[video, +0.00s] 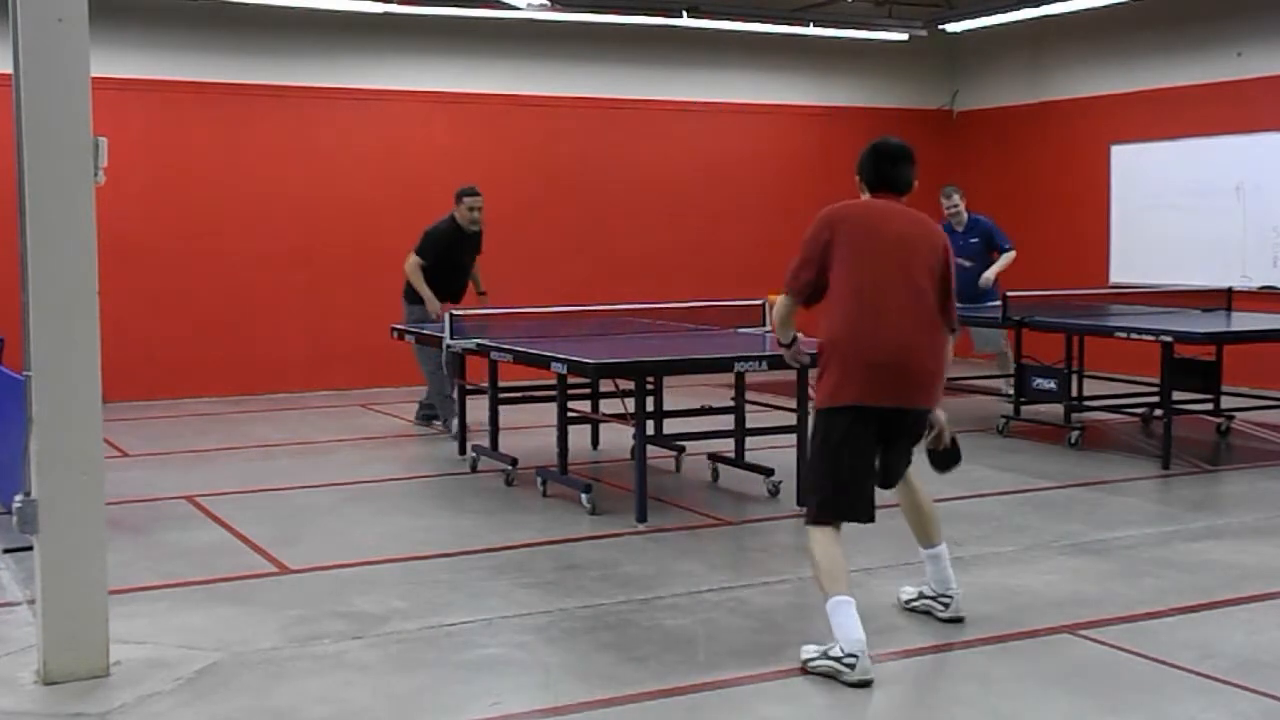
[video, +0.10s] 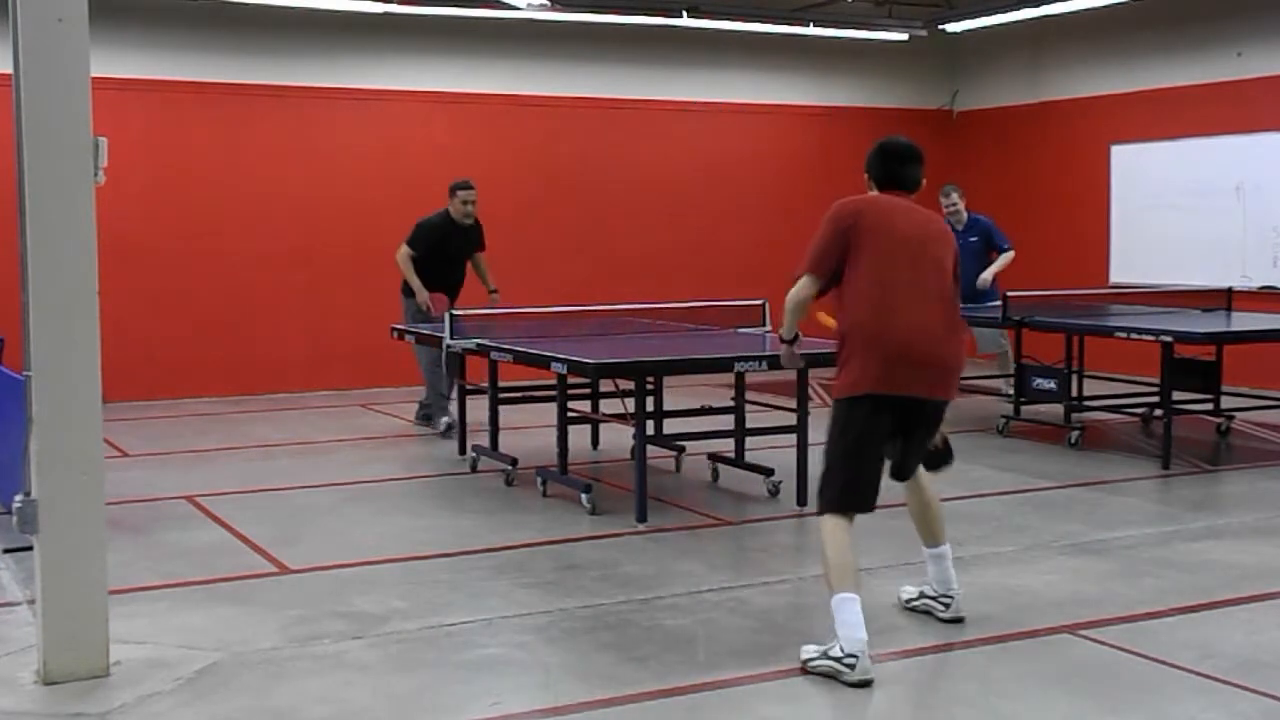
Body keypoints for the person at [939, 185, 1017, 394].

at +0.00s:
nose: (952, 211)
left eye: (955, 206)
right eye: (947, 208)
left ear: (964, 203)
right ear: (942, 209)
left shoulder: (982, 226)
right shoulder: (942, 232)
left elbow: (1009, 251)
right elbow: (935, 261)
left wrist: (993, 271)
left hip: (984, 301)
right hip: (954, 301)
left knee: (999, 346)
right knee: (943, 345)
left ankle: (1010, 385)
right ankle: (936, 388)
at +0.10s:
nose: (950, 210)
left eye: (954, 205)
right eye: (945, 206)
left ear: (963, 202)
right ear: (941, 208)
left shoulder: (981, 225)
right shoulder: (940, 230)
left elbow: (1008, 251)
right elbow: (932, 261)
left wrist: (990, 272)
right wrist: (941, 286)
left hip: (983, 301)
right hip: (952, 302)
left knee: (1000, 346)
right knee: (946, 348)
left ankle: (1009, 385)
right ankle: (942, 392)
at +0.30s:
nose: (956, 199)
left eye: (959, 194)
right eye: (951, 195)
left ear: (965, 195)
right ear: (943, 198)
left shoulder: (979, 222)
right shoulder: (938, 222)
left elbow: (997, 251)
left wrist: (982, 270)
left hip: (975, 286)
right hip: (948, 285)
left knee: (992, 329)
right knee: (950, 328)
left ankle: (999, 376)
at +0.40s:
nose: (963, 196)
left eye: (966, 192)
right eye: (958, 192)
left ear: (969, 193)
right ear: (947, 194)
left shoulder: (977, 222)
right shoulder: (943, 222)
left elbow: (989, 252)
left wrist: (981, 273)